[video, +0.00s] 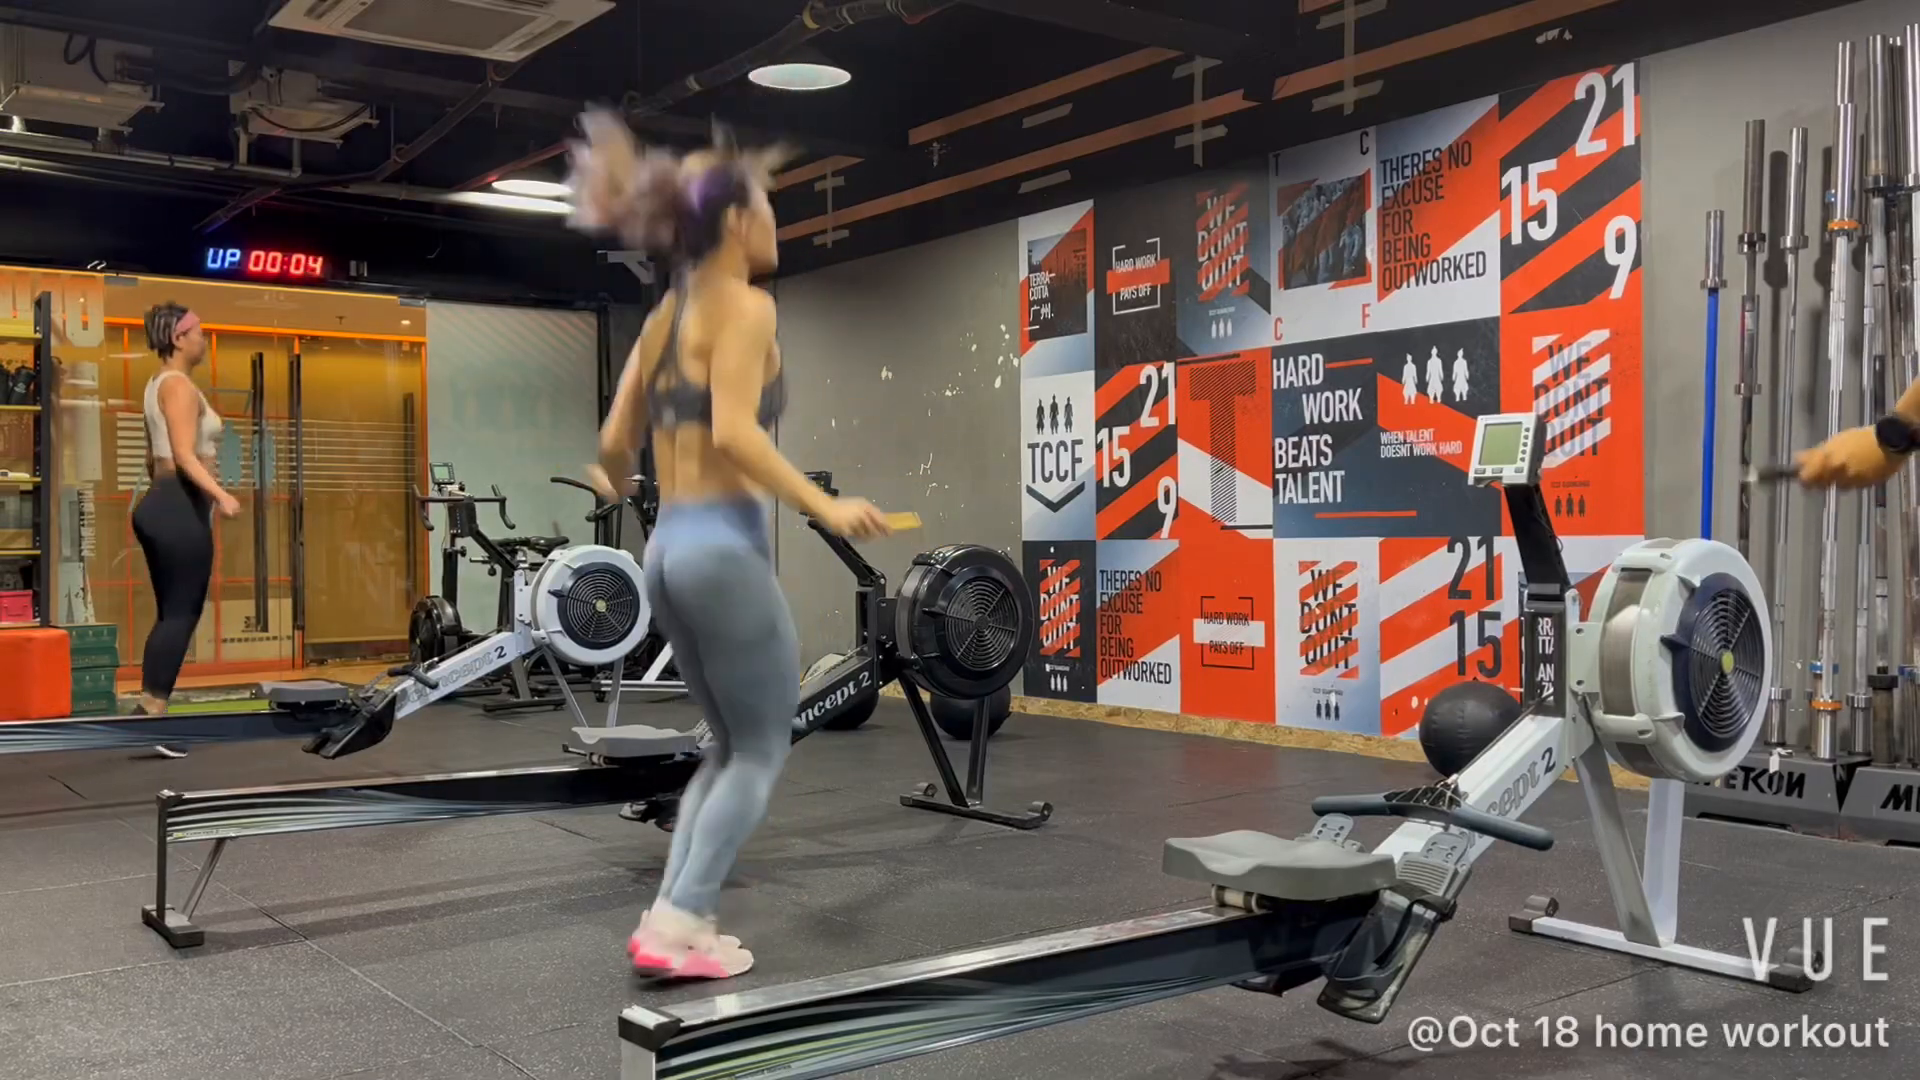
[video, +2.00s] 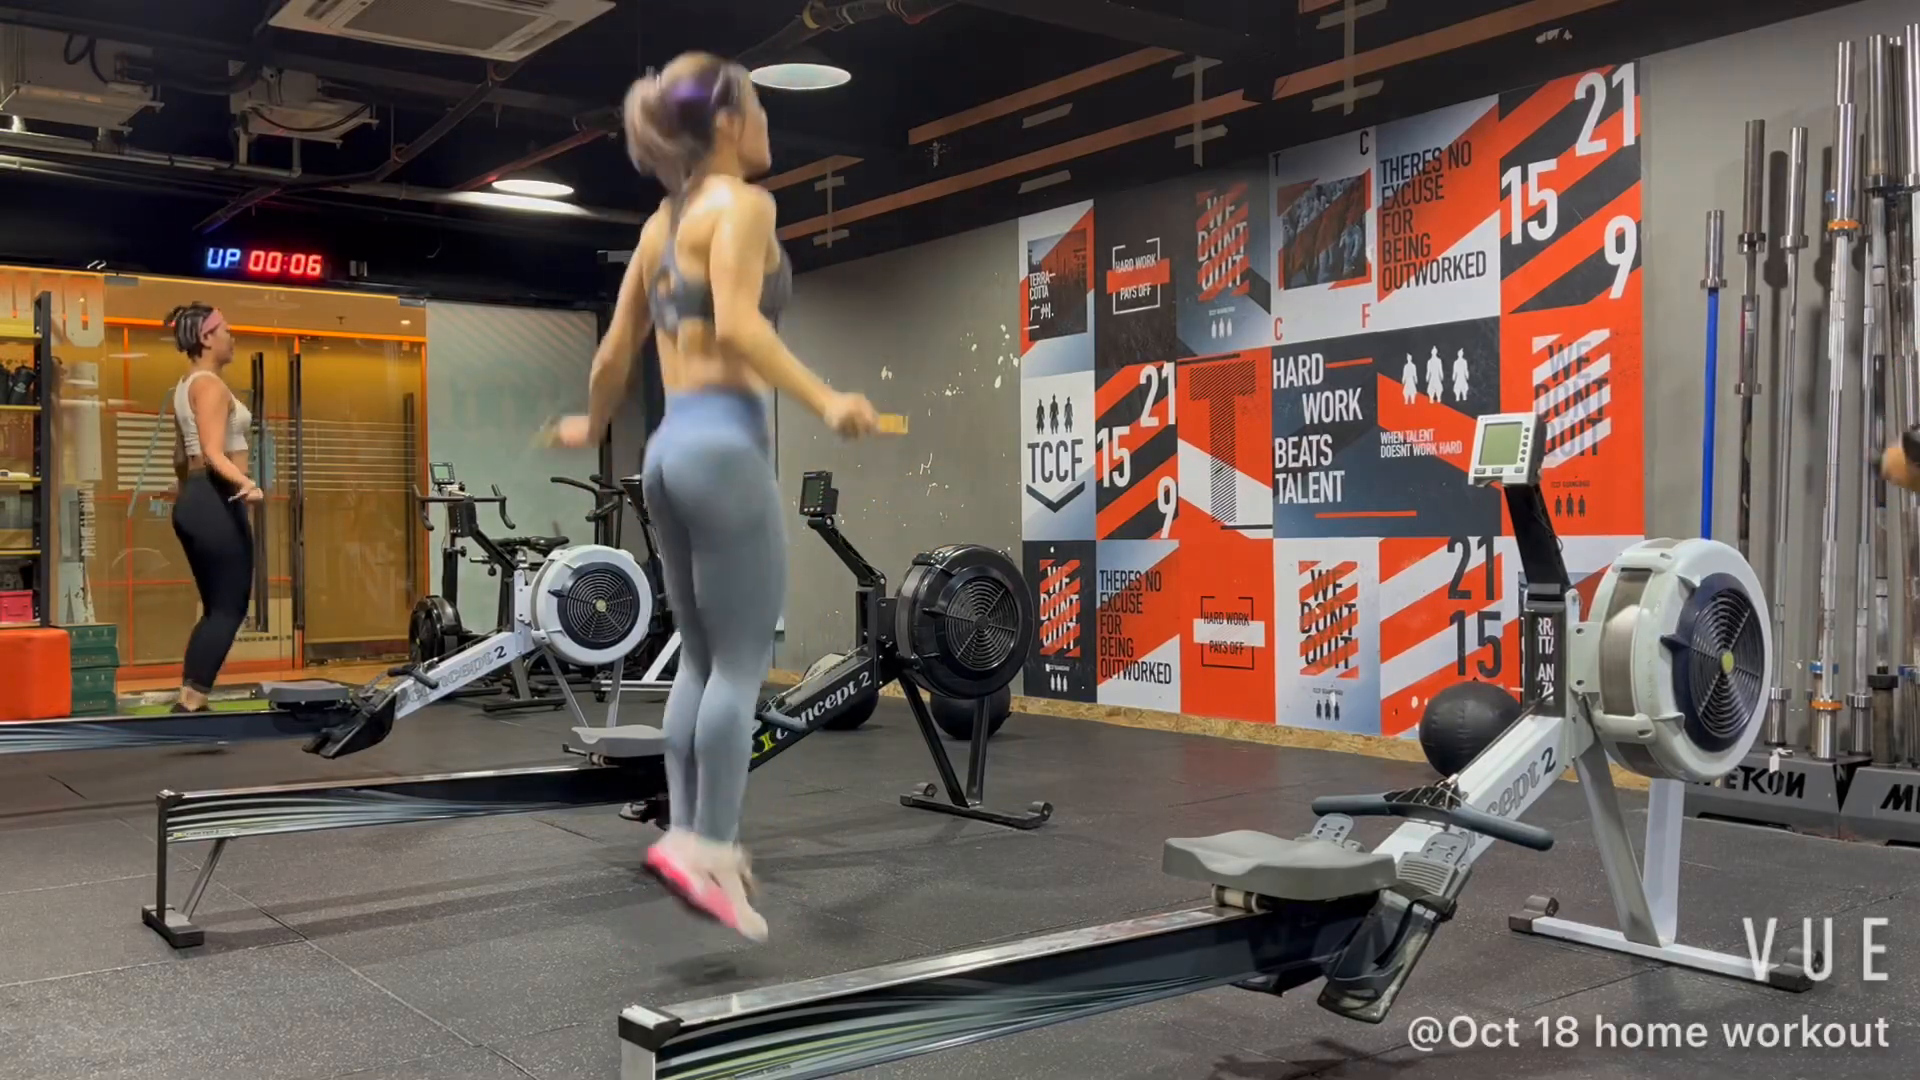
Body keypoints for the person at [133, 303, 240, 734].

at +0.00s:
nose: (205, 338)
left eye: (202, 331)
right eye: (199, 332)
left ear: (172, 340)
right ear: (179, 339)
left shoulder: (160, 385)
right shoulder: (178, 385)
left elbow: (160, 460)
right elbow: (183, 454)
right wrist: (220, 494)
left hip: (162, 501)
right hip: (179, 502)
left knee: (172, 611)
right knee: (182, 612)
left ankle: (152, 706)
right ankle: (154, 708)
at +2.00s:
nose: (232, 337)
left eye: (228, 330)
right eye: (225, 331)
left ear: (200, 340)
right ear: (208, 339)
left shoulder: (186, 387)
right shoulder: (210, 385)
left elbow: (181, 461)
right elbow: (212, 454)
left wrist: (199, 495)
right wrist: (247, 483)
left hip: (194, 496)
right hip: (212, 495)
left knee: (218, 606)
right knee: (230, 604)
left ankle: (191, 697)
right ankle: (193, 699)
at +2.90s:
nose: (232, 361)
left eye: (228, 353)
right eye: (226, 355)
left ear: (200, 362)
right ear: (207, 361)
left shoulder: (185, 406)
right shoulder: (208, 409)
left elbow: (208, 477)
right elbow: (217, 479)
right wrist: (266, 505)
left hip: (191, 526)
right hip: (208, 528)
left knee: (213, 632)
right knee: (225, 633)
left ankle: (180, 716)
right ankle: (183, 718)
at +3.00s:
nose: (229, 339)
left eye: (224, 331)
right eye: (223, 332)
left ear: (197, 343)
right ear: (207, 340)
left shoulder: (184, 388)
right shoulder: (208, 388)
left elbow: (199, 455)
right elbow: (217, 455)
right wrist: (246, 496)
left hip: (192, 504)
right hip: (210, 504)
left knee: (206, 610)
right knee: (216, 610)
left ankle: (189, 706)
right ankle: (192, 708)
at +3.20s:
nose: (230, 351)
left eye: (226, 342)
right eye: (225, 342)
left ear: (200, 348)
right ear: (209, 347)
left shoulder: (187, 397)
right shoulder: (208, 396)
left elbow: (200, 469)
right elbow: (213, 469)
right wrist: (261, 493)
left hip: (189, 521)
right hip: (210, 522)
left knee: (209, 625)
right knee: (221, 626)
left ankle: (181, 720)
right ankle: (184, 723)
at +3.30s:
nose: (232, 359)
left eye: (229, 350)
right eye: (226, 350)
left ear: (202, 354)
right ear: (210, 354)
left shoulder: (188, 403)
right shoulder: (210, 405)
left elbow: (200, 478)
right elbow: (219, 476)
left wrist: (243, 505)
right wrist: (262, 513)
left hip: (190, 527)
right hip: (210, 528)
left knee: (208, 632)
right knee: (220, 633)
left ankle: (179, 719)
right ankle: (182, 721)